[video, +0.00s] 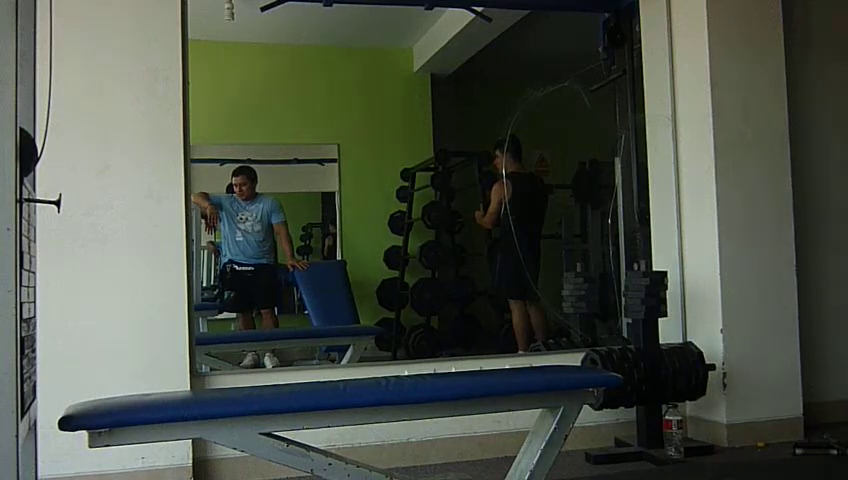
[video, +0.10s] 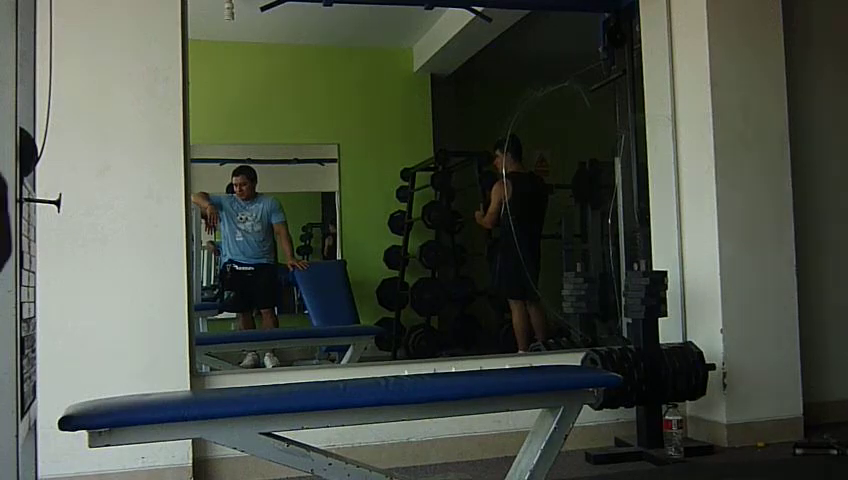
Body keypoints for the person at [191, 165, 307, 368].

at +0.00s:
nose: (238, 189)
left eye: (243, 185)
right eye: (235, 185)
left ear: (254, 184)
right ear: (232, 186)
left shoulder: (269, 204)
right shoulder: (226, 201)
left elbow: (281, 232)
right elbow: (197, 197)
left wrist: (290, 259)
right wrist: (208, 206)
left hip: (263, 267)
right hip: (235, 267)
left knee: (266, 311)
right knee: (243, 313)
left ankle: (269, 352)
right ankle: (251, 352)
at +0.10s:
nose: (238, 189)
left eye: (243, 184)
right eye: (235, 185)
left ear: (254, 184)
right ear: (232, 185)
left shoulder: (269, 204)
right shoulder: (226, 201)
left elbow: (281, 232)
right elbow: (197, 197)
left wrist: (290, 258)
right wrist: (208, 206)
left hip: (263, 267)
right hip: (235, 268)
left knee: (266, 311)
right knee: (243, 313)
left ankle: (269, 352)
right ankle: (250, 352)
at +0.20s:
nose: (239, 189)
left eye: (243, 184)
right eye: (235, 185)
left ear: (254, 184)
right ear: (232, 185)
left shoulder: (269, 204)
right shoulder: (226, 201)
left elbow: (281, 232)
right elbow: (197, 197)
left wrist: (289, 258)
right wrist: (208, 206)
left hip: (263, 267)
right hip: (235, 267)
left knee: (266, 310)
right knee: (243, 313)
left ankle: (269, 352)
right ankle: (250, 352)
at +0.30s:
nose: (238, 189)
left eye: (243, 184)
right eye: (235, 185)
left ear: (254, 184)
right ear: (232, 185)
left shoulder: (269, 204)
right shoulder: (226, 201)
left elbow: (282, 232)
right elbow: (197, 197)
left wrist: (289, 258)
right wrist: (208, 206)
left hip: (263, 267)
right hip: (235, 268)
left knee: (266, 311)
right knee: (243, 313)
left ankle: (269, 352)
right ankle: (250, 352)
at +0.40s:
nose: (238, 189)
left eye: (243, 185)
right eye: (235, 185)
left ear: (254, 184)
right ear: (232, 185)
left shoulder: (269, 204)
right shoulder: (226, 201)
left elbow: (282, 232)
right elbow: (197, 197)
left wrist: (289, 258)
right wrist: (208, 206)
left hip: (263, 267)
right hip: (235, 268)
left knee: (266, 311)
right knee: (243, 313)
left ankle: (269, 352)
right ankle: (251, 352)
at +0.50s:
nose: (238, 189)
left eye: (243, 185)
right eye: (235, 185)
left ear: (254, 184)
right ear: (232, 185)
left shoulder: (269, 204)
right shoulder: (226, 201)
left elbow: (282, 232)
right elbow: (197, 197)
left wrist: (289, 258)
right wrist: (208, 206)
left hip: (263, 267)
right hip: (235, 268)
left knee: (266, 311)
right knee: (243, 313)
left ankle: (269, 352)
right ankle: (251, 352)